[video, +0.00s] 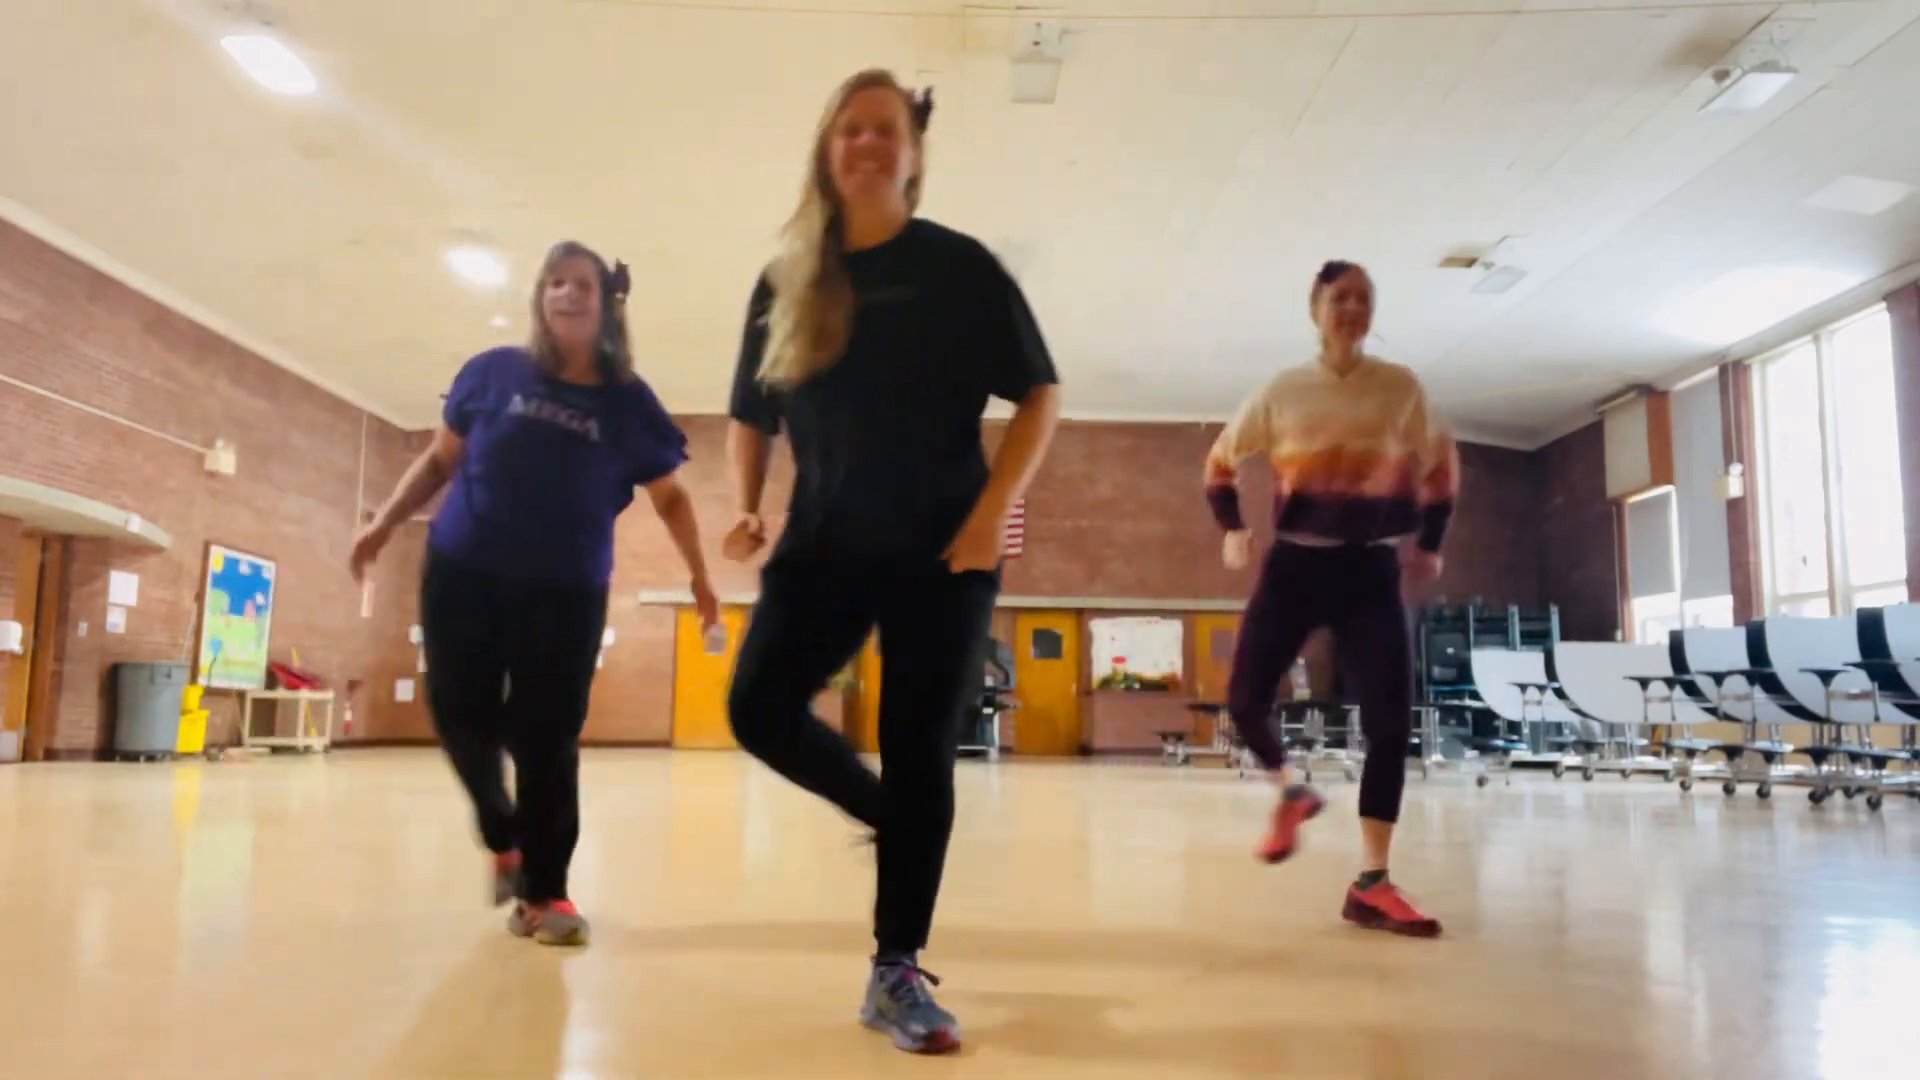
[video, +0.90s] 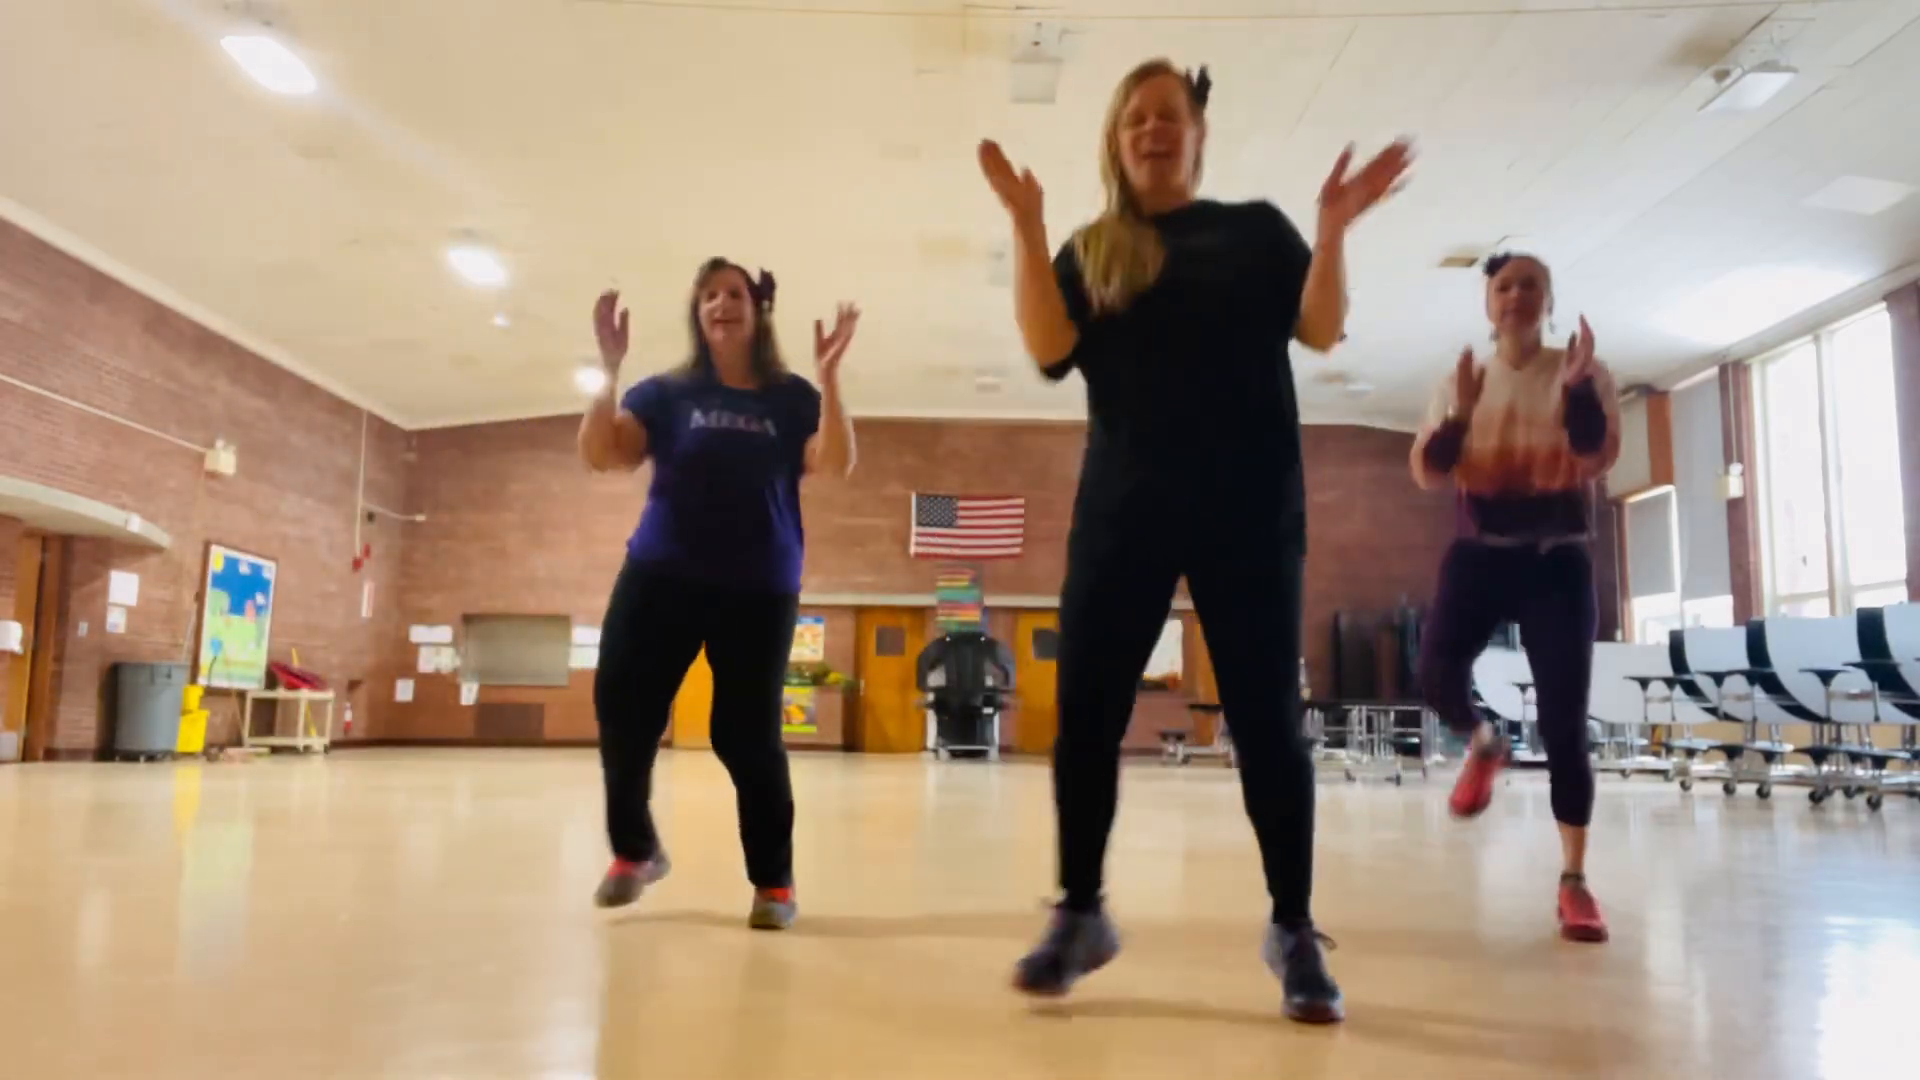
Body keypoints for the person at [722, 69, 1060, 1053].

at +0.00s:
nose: (867, 142)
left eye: (885, 129)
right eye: (851, 129)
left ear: (917, 151)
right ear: (824, 150)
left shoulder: (965, 268)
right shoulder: (788, 280)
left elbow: (1039, 398)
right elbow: (754, 409)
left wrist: (992, 511)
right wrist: (747, 503)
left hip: (942, 547)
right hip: (826, 542)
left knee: (916, 756)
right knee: (760, 714)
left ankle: (896, 971)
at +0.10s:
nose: (908, 133)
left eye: (926, 120)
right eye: (892, 119)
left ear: (957, 140)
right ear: (866, 140)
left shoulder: (1006, 261)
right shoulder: (828, 268)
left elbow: (1072, 387)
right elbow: (790, 399)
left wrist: (1041, 501)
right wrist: (789, 496)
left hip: (975, 543)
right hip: (861, 540)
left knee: (940, 745)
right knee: (850, 729)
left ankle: (905, 969)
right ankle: (988, 853)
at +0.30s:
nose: (965, 149)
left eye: (982, 136)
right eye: (950, 138)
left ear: (1014, 156)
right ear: (927, 159)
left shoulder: (1065, 264)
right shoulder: (894, 285)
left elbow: (1127, 390)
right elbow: (849, 421)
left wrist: (1131, 497)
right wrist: (862, 502)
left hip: (1052, 540)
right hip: (934, 550)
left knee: (1075, 727)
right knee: (976, 749)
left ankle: (1027, 907)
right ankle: (1029, 945)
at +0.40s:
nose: (998, 144)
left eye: (1014, 131)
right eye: (982, 132)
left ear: (1044, 153)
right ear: (957, 155)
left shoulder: (1096, 254)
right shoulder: (926, 279)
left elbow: (1163, 368)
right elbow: (882, 414)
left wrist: (1162, 464)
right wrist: (898, 483)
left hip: (1080, 524)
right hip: (966, 535)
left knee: (1145, 645)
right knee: (992, 746)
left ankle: (1131, 834)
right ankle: (1027, 941)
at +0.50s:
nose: (1031, 130)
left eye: (1048, 118)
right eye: (1017, 118)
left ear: (1077, 137)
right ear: (992, 142)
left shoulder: (1132, 238)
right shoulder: (959, 262)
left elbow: (1195, 349)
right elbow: (913, 390)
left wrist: (1184, 457)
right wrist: (931, 459)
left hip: (1111, 512)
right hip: (995, 521)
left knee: (1201, 663)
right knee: (1004, 734)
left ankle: (1207, 845)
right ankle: (1024, 936)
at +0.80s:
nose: (1136, 176)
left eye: (1153, 163)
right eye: (1121, 165)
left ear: (1185, 182)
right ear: (1099, 189)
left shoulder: (1240, 286)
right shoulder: (1074, 307)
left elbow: (1328, 389)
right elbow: (992, 426)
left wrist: (1293, 378)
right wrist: (1030, 371)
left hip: (1230, 564)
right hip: (1108, 567)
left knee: (1260, 766)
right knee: (1051, 763)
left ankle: (1290, 954)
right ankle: (1033, 946)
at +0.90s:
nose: (1156, 130)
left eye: (1172, 117)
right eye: (1140, 119)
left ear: (1202, 136)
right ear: (1114, 143)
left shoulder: (1257, 229)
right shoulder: (1095, 250)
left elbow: (1322, 332)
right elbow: (1046, 348)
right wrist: (1026, 230)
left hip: (1246, 511)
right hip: (1124, 512)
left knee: (1267, 720)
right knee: (1087, 711)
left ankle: (1293, 928)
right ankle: (1079, 914)